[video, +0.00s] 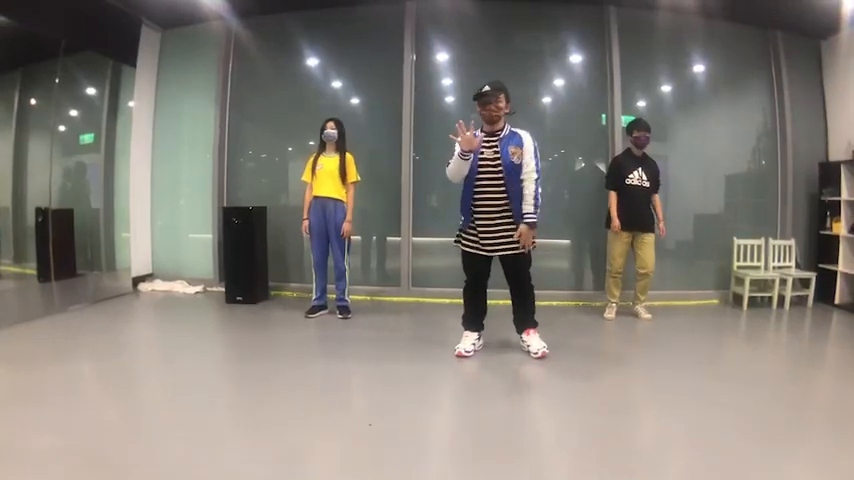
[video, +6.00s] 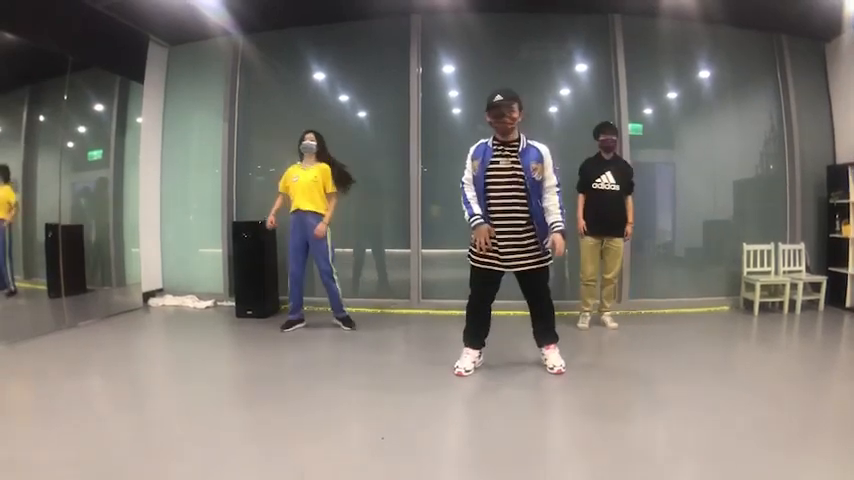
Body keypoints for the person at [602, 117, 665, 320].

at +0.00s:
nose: (643, 138)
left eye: (646, 135)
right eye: (638, 135)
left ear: (650, 137)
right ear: (630, 137)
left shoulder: (651, 165)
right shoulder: (619, 161)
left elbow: (654, 195)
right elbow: (612, 191)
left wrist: (660, 220)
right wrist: (614, 217)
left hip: (645, 225)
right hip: (621, 224)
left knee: (647, 269)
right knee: (615, 268)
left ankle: (639, 303)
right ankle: (612, 303)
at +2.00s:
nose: (643, 145)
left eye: (646, 142)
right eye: (638, 142)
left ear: (650, 144)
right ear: (631, 144)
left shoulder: (657, 172)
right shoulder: (621, 171)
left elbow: (662, 202)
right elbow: (615, 200)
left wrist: (663, 228)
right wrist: (611, 226)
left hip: (649, 232)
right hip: (624, 232)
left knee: (652, 276)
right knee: (620, 273)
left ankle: (651, 308)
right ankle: (619, 308)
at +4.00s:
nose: (640, 139)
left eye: (642, 135)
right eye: (635, 136)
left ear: (646, 138)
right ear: (627, 139)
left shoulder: (641, 164)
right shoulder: (619, 160)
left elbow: (642, 193)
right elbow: (608, 191)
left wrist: (650, 212)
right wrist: (618, 219)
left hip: (635, 225)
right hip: (613, 224)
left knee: (638, 270)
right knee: (601, 269)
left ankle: (633, 306)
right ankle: (586, 306)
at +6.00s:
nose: (608, 143)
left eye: (612, 139)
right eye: (604, 139)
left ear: (617, 140)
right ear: (597, 141)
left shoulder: (624, 167)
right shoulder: (588, 165)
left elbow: (628, 197)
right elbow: (581, 194)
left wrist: (629, 223)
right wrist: (580, 218)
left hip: (616, 230)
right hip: (591, 229)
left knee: (611, 275)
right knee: (588, 275)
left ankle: (606, 311)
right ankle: (586, 311)